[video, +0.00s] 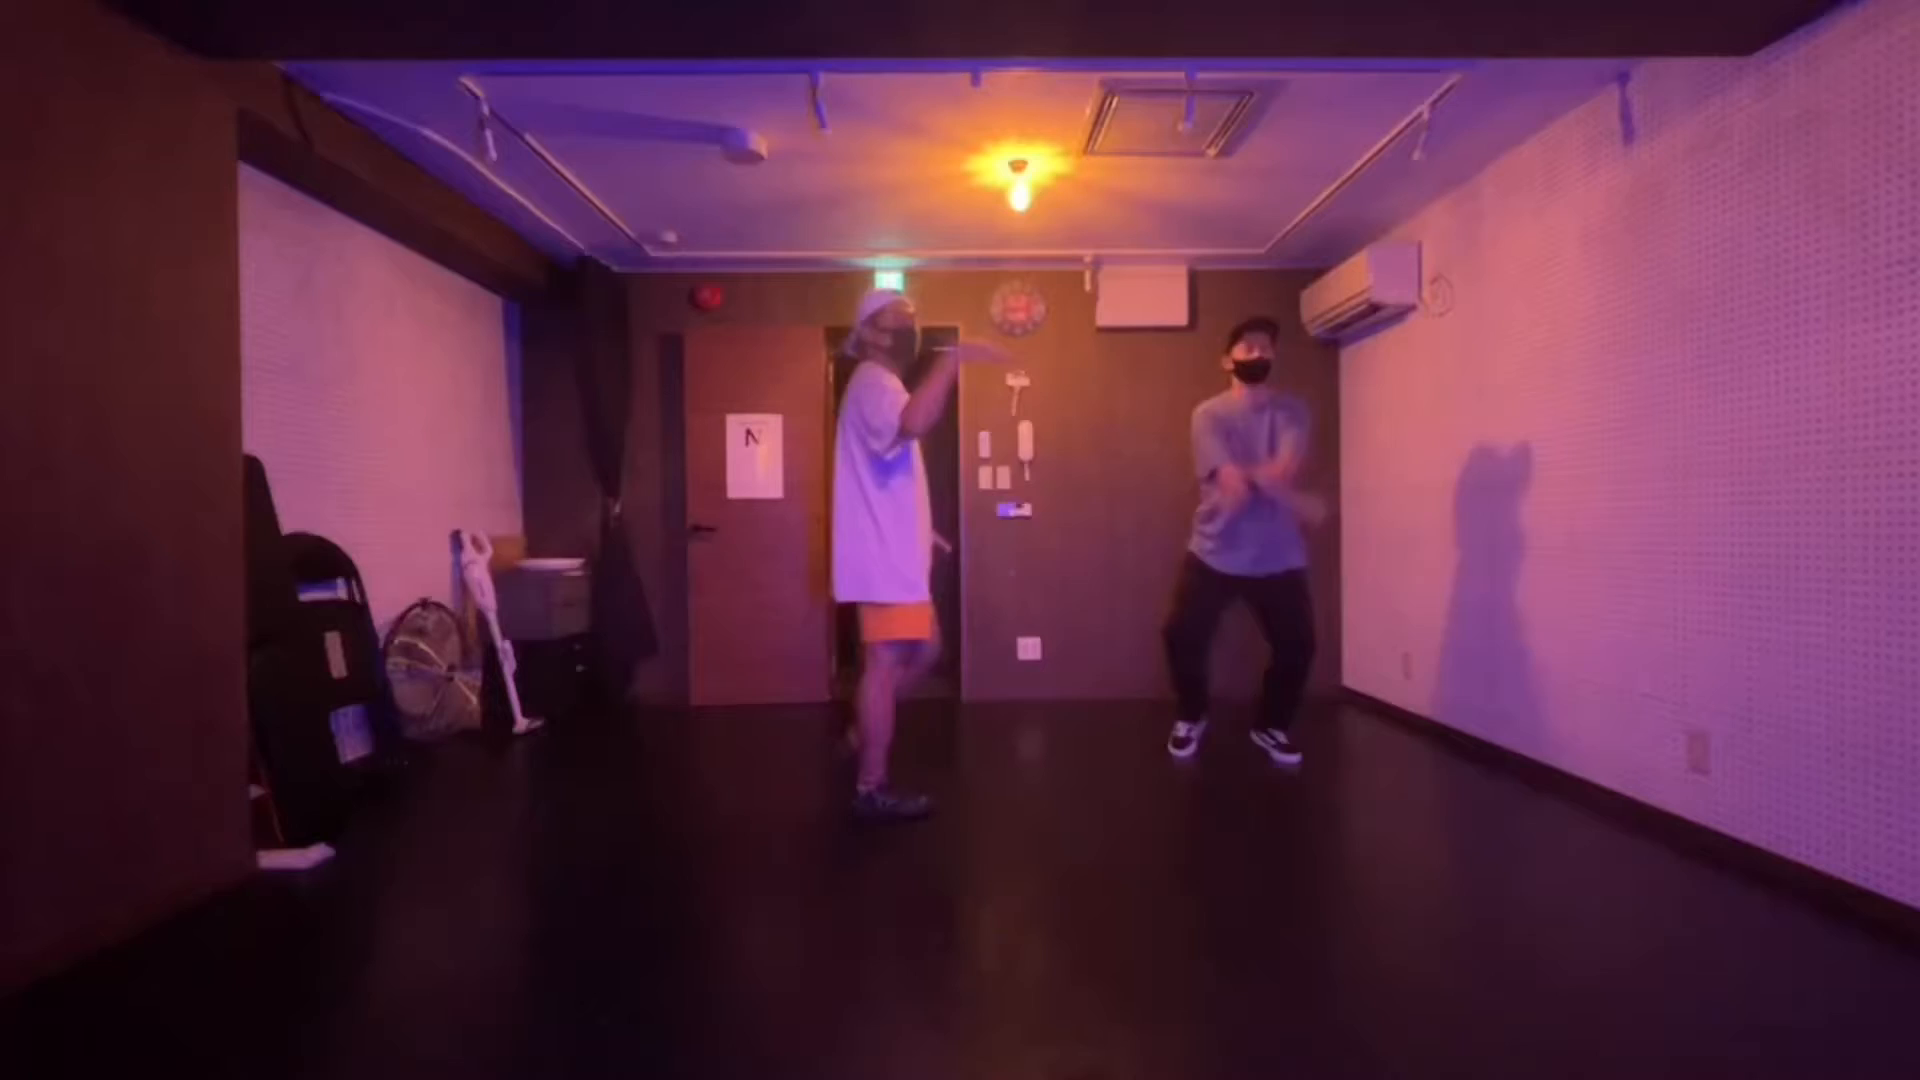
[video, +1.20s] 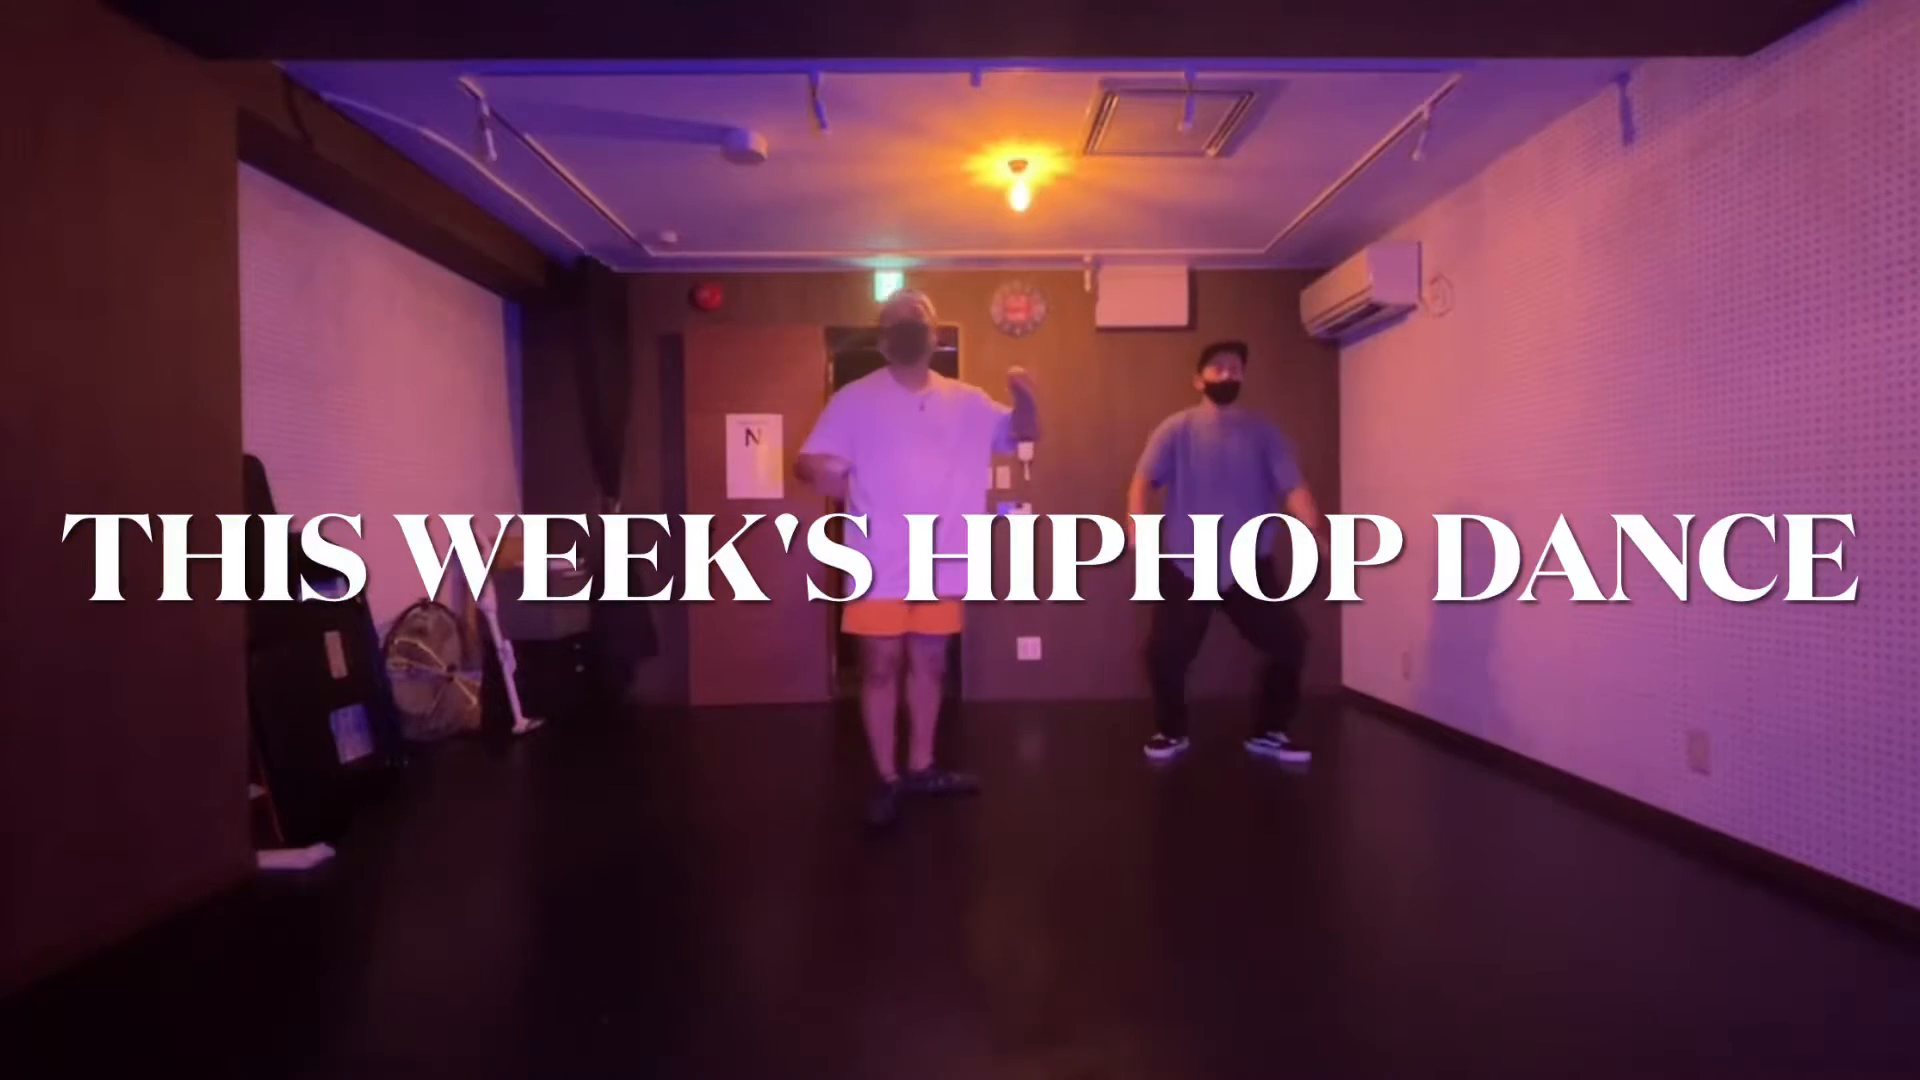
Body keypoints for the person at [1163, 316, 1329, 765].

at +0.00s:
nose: (1257, 354)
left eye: (1265, 347)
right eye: (1248, 346)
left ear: (1276, 358)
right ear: (1229, 357)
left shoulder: (1290, 411)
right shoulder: (1209, 414)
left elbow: (1288, 466)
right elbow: (1227, 480)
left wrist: (1242, 478)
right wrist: (1298, 502)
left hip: (1276, 556)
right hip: (1217, 555)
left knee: (1297, 646)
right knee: (1182, 633)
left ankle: (1272, 725)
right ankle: (1191, 716)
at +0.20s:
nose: (1247, 344)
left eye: (1255, 338)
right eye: (1238, 335)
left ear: (1265, 349)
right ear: (1219, 344)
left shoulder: (1273, 389)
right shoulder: (1200, 387)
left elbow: (1271, 406)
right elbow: (1203, 422)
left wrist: (1216, 413)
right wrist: (1281, 430)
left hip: (1264, 533)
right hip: (1209, 534)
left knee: (1278, 629)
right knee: (1185, 626)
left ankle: (1279, 724)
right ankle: (1161, 724)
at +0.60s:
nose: (1232, 353)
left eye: (1239, 346)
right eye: (1224, 345)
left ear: (1250, 352)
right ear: (1207, 351)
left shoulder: (1261, 391)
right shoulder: (1189, 392)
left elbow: (1266, 428)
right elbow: (1200, 435)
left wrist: (1216, 426)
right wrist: (1261, 445)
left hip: (1252, 536)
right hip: (1197, 536)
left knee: (1263, 637)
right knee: (1181, 635)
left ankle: (1276, 727)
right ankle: (1161, 726)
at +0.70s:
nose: (1232, 362)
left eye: (1239, 355)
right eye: (1223, 355)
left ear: (1249, 362)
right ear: (1205, 363)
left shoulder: (1262, 407)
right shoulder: (1188, 404)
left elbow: (1281, 446)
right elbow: (1187, 450)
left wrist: (1270, 447)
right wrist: (1226, 482)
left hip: (1250, 542)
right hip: (1199, 541)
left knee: (1264, 636)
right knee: (1184, 635)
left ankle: (1277, 728)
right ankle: (1161, 727)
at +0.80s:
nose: (1230, 370)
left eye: (1238, 364)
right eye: (1221, 363)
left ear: (1247, 372)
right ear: (1203, 373)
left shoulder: (1264, 418)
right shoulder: (1184, 417)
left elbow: (1297, 444)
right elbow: (1165, 458)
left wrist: (1309, 459)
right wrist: (1188, 489)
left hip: (1252, 553)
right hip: (1198, 554)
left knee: (1267, 641)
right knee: (1184, 640)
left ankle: (1277, 729)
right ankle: (1162, 727)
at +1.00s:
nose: (1227, 392)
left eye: (1235, 386)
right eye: (1218, 385)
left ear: (1245, 396)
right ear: (1200, 398)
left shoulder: (1267, 445)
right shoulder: (1178, 446)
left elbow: (1320, 468)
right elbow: (1125, 476)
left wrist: (1350, 486)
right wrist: (1120, 513)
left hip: (1251, 583)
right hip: (1189, 584)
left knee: (1295, 653)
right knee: (1175, 654)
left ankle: (1270, 732)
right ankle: (1164, 732)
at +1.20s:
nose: (1226, 374)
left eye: (1234, 368)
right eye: (1217, 367)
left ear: (1244, 377)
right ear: (1199, 377)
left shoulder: (1260, 430)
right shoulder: (1176, 429)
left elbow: (1296, 493)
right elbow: (1140, 485)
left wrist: (1316, 545)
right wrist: (1141, 542)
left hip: (1245, 570)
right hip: (1184, 570)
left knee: (1288, 639)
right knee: (1166, 650)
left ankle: (1269, 732)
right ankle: (1170, 734)